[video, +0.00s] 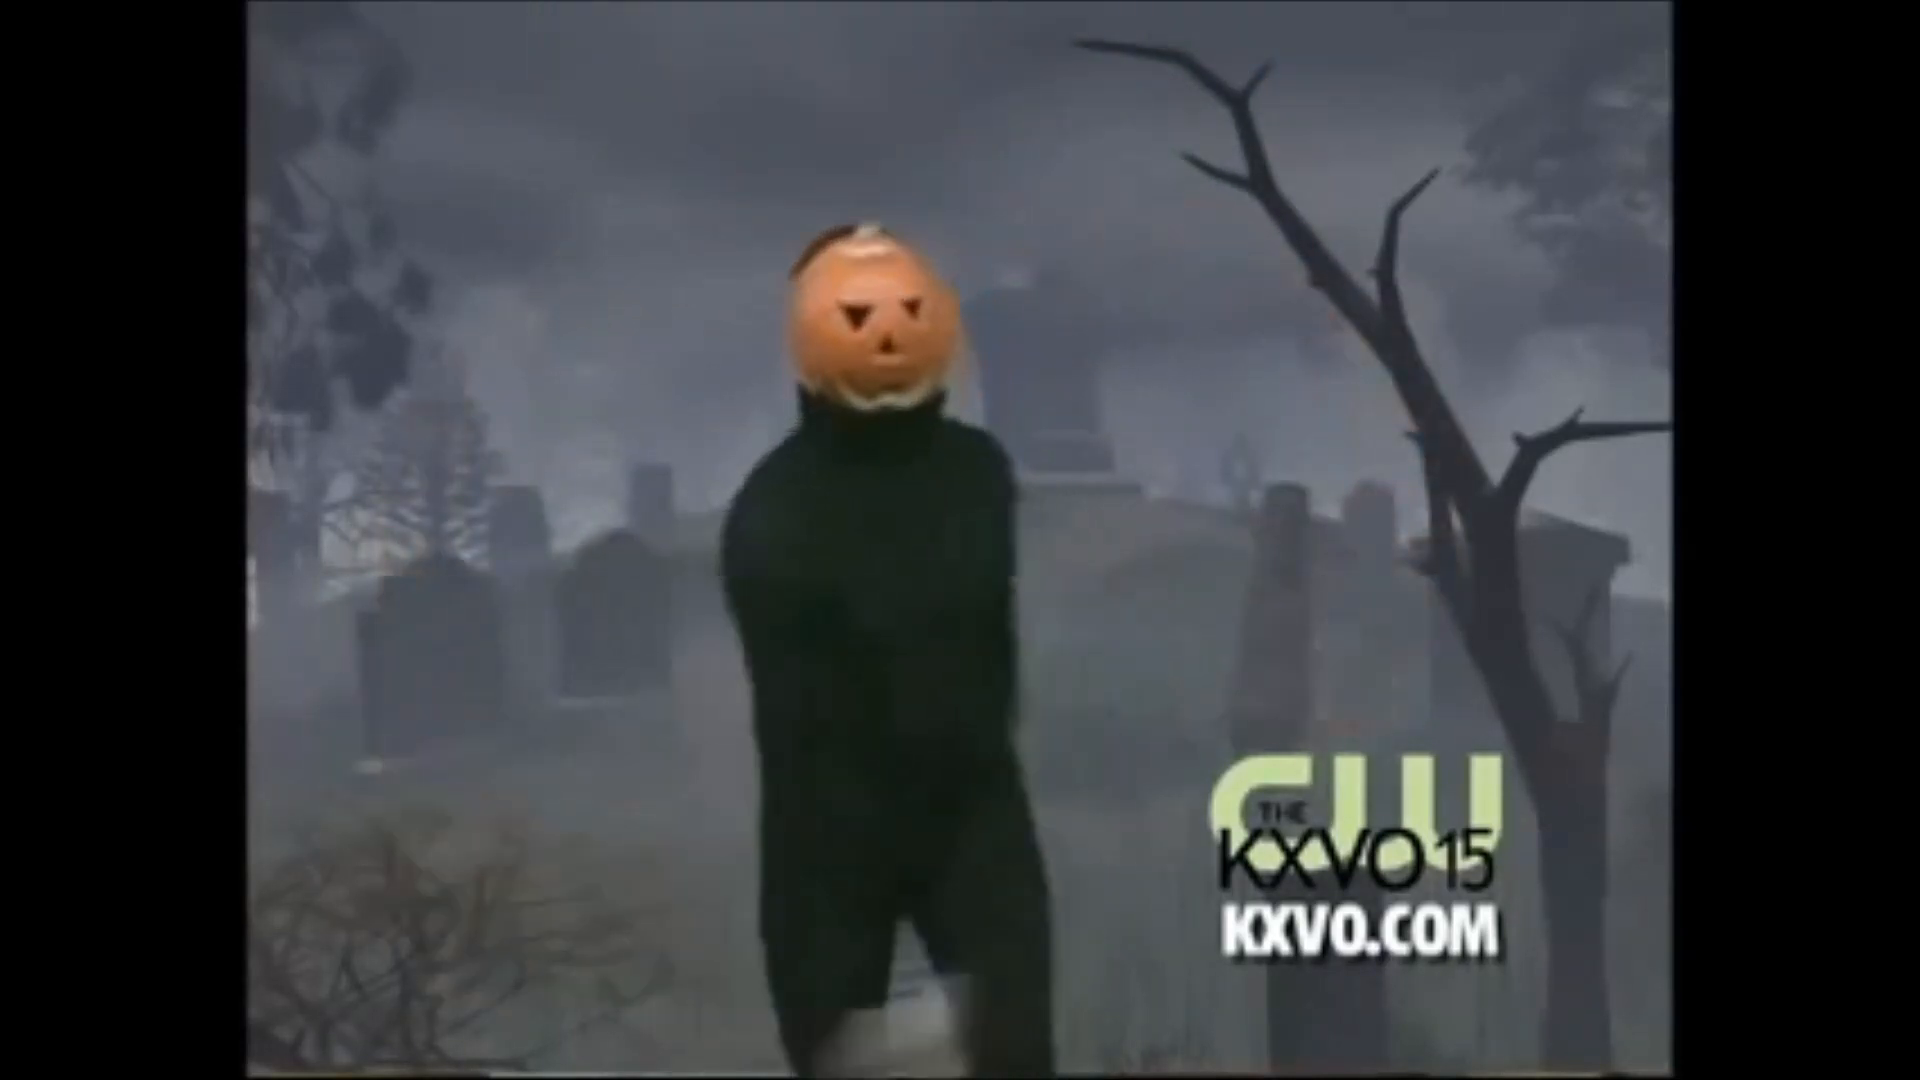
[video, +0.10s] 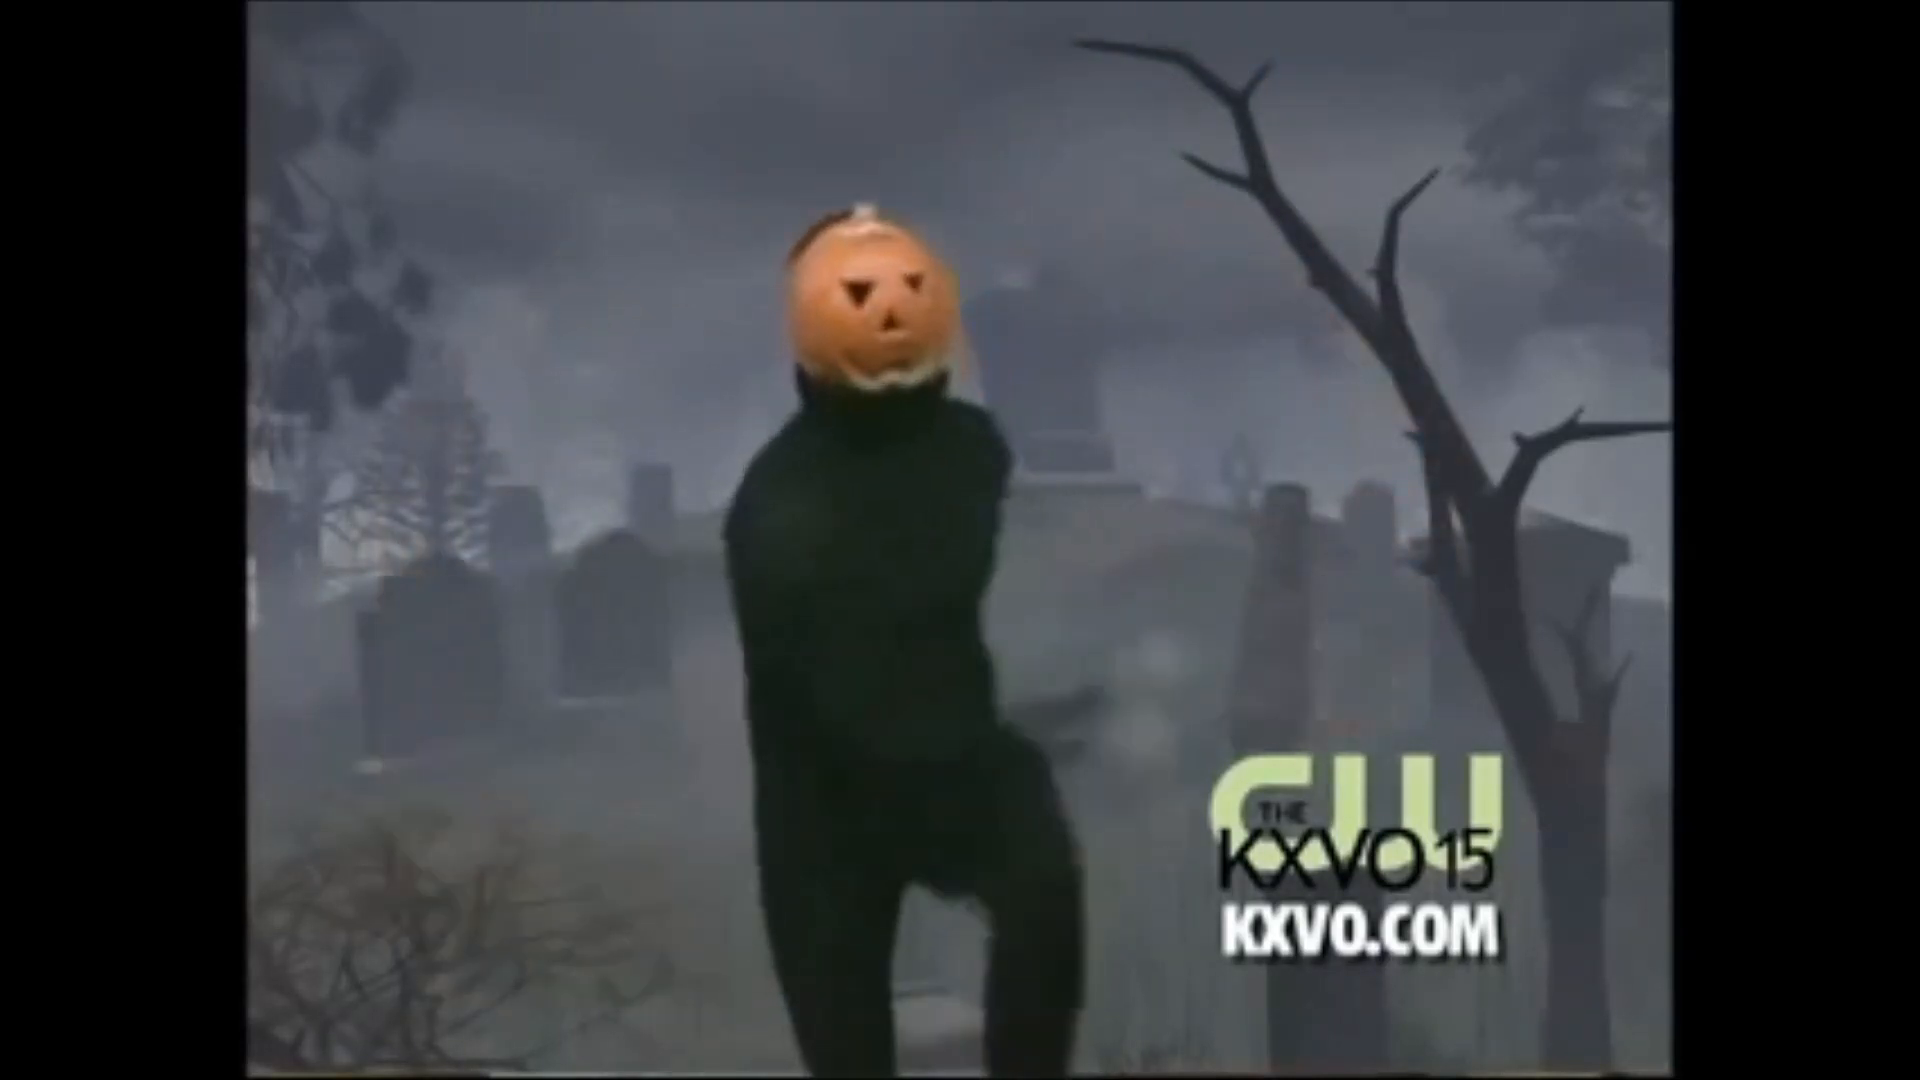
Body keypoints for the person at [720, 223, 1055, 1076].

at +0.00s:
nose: (889, 333)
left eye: (913, 309)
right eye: (854, 314)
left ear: (946, 328)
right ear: (801, 339)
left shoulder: (978, 474)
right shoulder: (773, 507)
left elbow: (989, 663)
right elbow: (797, 717)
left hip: (975, 827)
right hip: (826, 838)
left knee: (1013, 1050)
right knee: (831, 1050)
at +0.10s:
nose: (893, 304)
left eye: (915, 282)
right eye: (856, 290)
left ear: (948, 310)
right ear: (803, 331)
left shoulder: (972, 451)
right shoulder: (778, 492)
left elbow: (955, 611)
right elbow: (799, 690)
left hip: (962, 777)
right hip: (822, 802)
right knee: (846, 1049)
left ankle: (1028, 1064)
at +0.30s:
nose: (889, 213)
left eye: (913, 191)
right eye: (853, 196)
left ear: (946, 220)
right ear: (799, 241)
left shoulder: (975, 362)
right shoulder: (777, 404)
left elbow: (967, 564)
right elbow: (938, 581)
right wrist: (1009, 396)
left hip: (963, 723)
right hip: (823, 747)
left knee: (1031, 936)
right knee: (847, 1028)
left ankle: (1002, 1070)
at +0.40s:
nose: (854, 214)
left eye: (876, 192)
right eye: (820, 197)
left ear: (912, 213)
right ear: (769, 233)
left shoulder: (962, 342)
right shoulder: (756, 401)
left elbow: (970, 523)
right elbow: (859, 583)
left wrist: (1012, 442)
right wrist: (992, 472)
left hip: (959, 757)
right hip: (813, 774)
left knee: (994, 1042)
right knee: (835, 1050)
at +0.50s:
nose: (850, 255)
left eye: (876, 231)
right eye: (816, 237)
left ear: (911, 253)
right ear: (769, 274)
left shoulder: (960, 387)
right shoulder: (749, 453)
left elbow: (995, 515)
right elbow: (809, 634)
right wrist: (898, 546)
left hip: (949, 791)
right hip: (810, 810)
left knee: (1013, 1052)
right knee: (837, 1060)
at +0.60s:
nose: (874, 297)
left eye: (897, 272)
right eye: (840, 276)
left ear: (934, 292)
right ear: (791, 304)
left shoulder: (983, 433)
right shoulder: (762, 484)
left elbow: (1088, 622)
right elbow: (746, 716)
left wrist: (1098, 569)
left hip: (940, 804)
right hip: (799, 824)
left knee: (1088, 1026)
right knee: (831, 1062)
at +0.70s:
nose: (900, 292)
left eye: (926, 267)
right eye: (868, 271)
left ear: (961, 291)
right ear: (816, 297)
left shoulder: (1014, 432)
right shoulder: (773, 468)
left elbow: (1139, 626)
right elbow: (674, 676)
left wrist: (1048, 490)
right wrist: (752, 707)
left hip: (952, 792)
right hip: (804, 812)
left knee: (1127, 971)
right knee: (821, 1062)